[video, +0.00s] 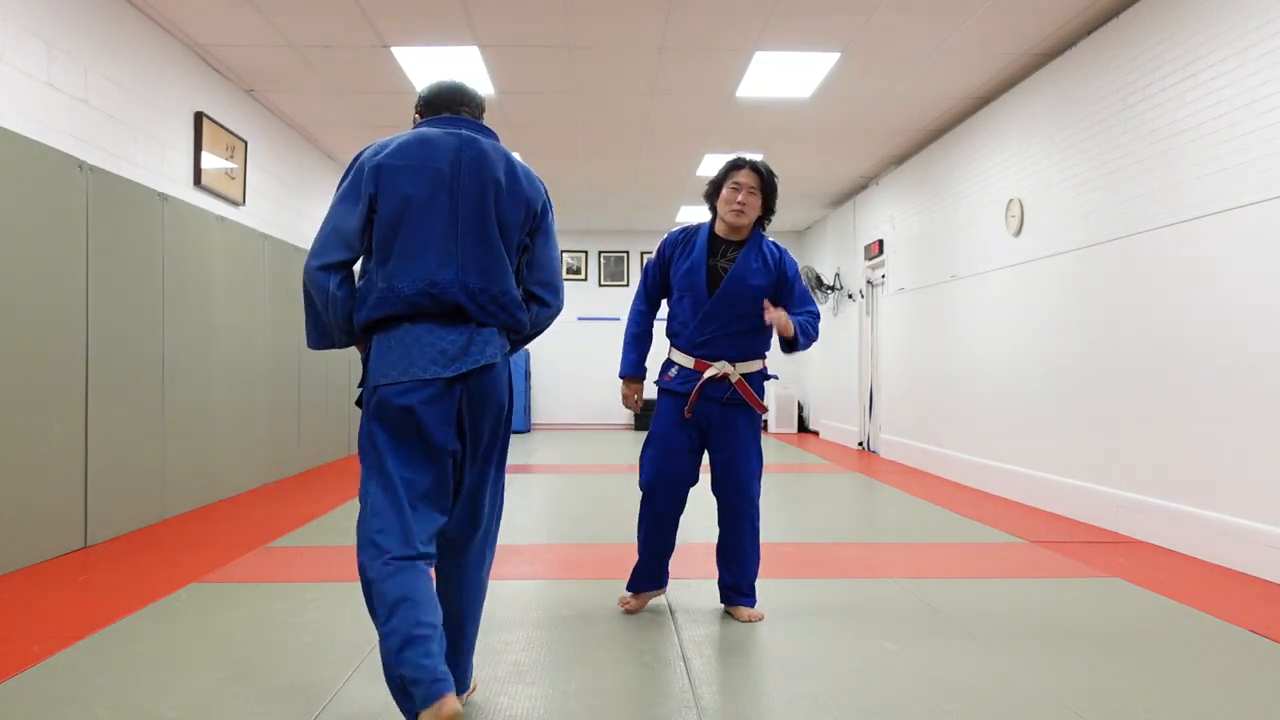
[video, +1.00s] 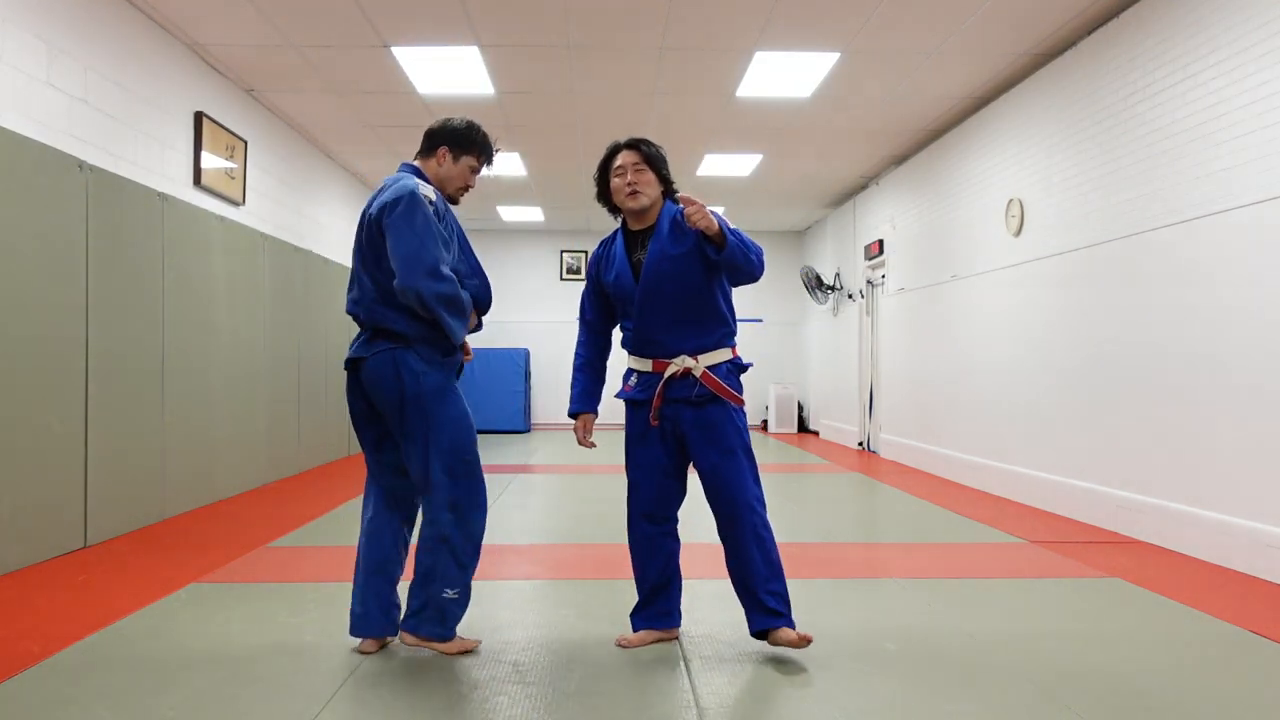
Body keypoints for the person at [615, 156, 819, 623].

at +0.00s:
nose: (740, 197)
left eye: (752, 192)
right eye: (734, 187)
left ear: (764, 206)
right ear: (715, 194)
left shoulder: (776, 260)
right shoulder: (679, 243)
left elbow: (809, 322)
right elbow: (644, 304)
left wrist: (790, 326)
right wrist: (631, 369)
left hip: (740, 389)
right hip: (679, 383)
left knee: (740, 497)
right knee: (659, 484)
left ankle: (739, 595)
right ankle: (649, 579)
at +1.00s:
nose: (629, 177)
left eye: (639, 168)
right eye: (619, 172)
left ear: (661, 178)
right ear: (609, 191)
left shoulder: (696, 221)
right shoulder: (607, 255)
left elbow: (751, 268)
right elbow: (593, 332)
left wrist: (715, 231)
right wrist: (584, 403)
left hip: (712, 382)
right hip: (646, 389)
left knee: (740, 504)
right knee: (649, 511)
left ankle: (772, 620)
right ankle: (658, 620)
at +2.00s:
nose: (714, 159)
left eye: (730, 150)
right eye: (710, 149)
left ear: (763, 161)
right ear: (706, 156)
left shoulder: (777, 224)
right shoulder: (722, 221)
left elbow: (782, 326)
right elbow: (722, 308)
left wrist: (699, 354)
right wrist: (689, 346)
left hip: (760, 394)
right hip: (709, 389)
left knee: (745, 523)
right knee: (686, 509)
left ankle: (758, 657)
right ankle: (693, 624)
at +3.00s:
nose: (727, 146)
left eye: (741, 135)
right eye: (715, 136)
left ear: (763, 149)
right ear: (697, 151)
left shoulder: (791, 213)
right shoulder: (673, 227)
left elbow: (861, 270)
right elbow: (645, 320)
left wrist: (809, 198)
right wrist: (633, 405)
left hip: (774, 398)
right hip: (697, 397)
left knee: (770, 540)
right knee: (694, 540)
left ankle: (761, 657)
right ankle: (693, 686)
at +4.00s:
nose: (654, 119)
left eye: (667, 105)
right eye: (638, 111)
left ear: (692, 119)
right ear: (621, 133)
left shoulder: (736, 184)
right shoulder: (608, 216)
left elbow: (805, 257)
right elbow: (593, 319)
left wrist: (753, 210)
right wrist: (589, 416)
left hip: (746, 390)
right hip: (659, 398)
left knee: (771, 541)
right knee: (667, 567)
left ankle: (785, 641)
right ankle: (678, 709)